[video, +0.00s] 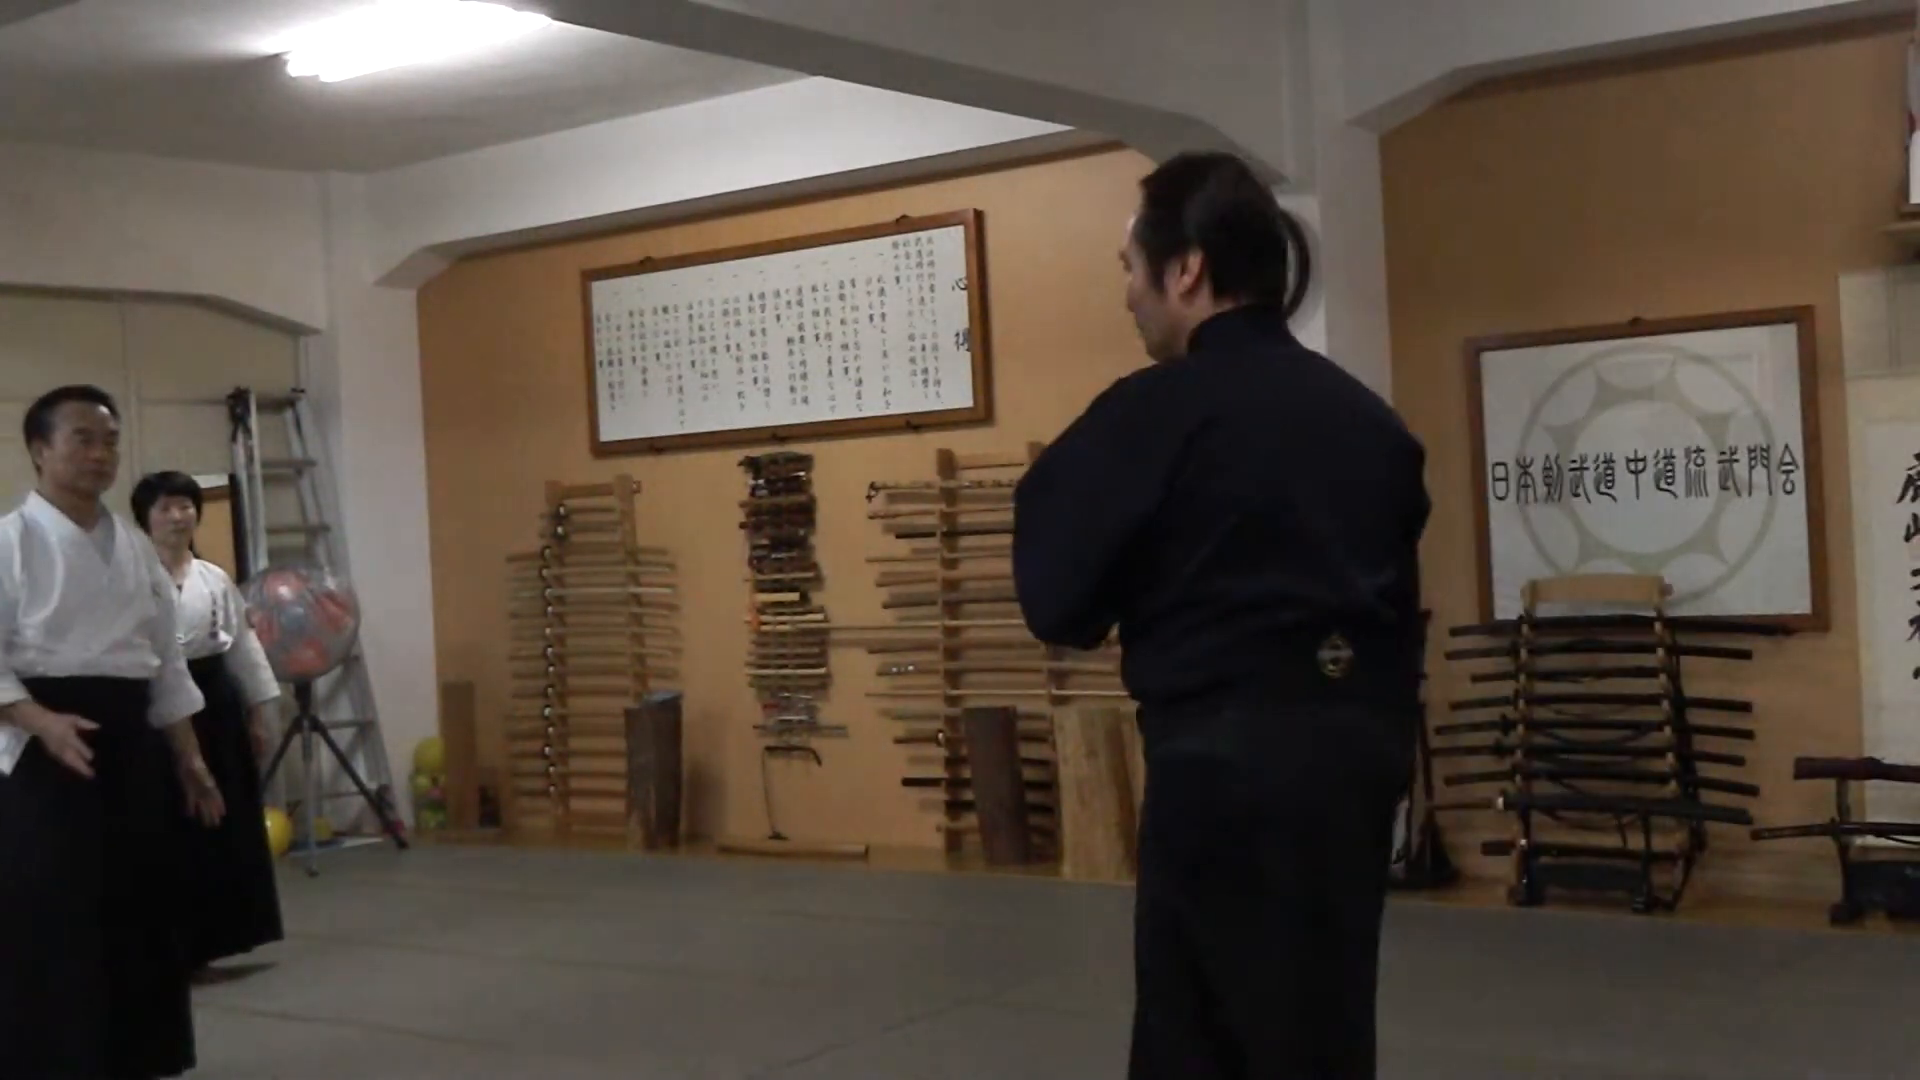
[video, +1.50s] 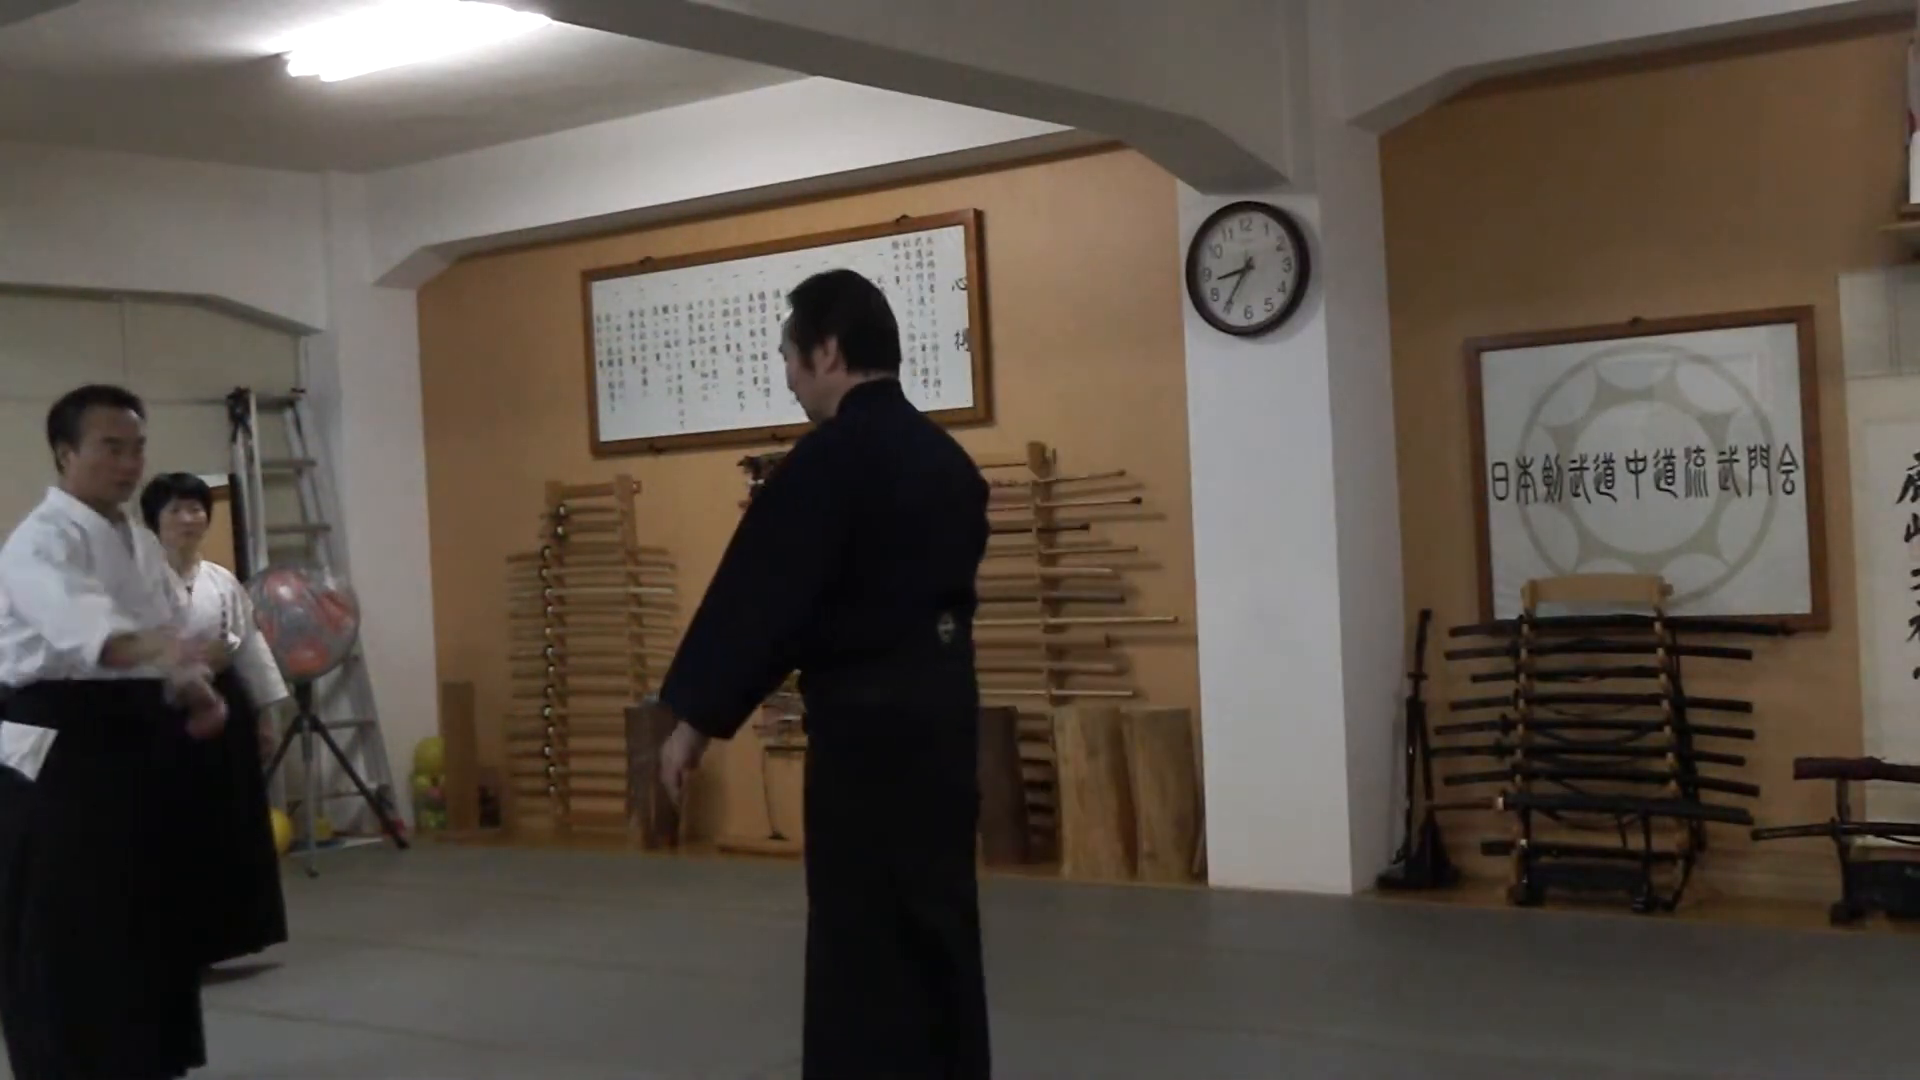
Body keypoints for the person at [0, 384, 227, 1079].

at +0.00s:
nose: (100, 452)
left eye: (109, 440)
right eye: (82, 438)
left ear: (118, 453)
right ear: (39, 450)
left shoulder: (135, 546)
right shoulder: (14, 538)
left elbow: (166, 659)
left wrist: (190, 754)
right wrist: (38, 721)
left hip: (132, 735)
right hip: (44, 738)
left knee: (140, 901)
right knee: (53, 909)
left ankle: (138, 1055)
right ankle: (56, 1058)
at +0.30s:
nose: (131, 451)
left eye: (140, 440)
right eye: (112, 437)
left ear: (147, 453)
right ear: (69, 449)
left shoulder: (161, 551)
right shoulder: (32, 543)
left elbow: (189, 665)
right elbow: (5, 653)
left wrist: (216, 755)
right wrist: (61, 717)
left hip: (153, 746)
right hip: (64, 746)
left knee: (158, 914)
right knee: (71, 920)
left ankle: (154, 1058)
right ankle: (69, 1061)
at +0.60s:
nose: (120, 451)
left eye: (128, 439)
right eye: (101, 437)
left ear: (135, 452)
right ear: (57, 450)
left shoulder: (150, 547)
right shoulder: (23, 545)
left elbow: (178, 654)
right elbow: (2, 663)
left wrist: (220, 722)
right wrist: (62, 670)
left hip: (149, 754)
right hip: (56, 764)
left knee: (155, 926)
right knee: (64, 936)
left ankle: (157, 1060)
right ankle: (73, 1064)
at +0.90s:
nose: (113, 461)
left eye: (119, 448)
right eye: (96, 446)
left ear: (120, 451)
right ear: (46, 451)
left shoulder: (93, 528)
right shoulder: (36, 522)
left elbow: (151, 635)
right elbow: (134, 531)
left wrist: (163, 588)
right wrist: (215, 523)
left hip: (107, 738)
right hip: (46, 748)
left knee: (123, 919)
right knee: (67, 931)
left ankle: (130, 1058)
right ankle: (75, 1062)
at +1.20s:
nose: (119, 460)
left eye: (124, 446)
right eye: (102, 444)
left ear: (124, 451)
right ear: (52, 451)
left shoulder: (85, 528)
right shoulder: (42, 523)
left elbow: (107, 650)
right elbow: (134, 541)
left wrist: (158, 620)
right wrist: (227, 529)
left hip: (102, 736)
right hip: (51, 745)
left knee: (120, 913)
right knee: (72, 925)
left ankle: (132, 1058)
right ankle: (82, 1062)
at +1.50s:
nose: (130, 462)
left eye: (138, 447)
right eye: (112, 447)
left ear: (145, 454)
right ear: (64, 454)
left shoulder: (141, 542)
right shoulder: (38, 543)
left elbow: (169, 631)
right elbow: (93, 637)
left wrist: (192, 684)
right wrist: (172, 652)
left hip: (133, 752)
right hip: (54, 762)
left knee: (144, 924)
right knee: (68, 937)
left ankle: (147, 1059)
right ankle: (78, 1066)